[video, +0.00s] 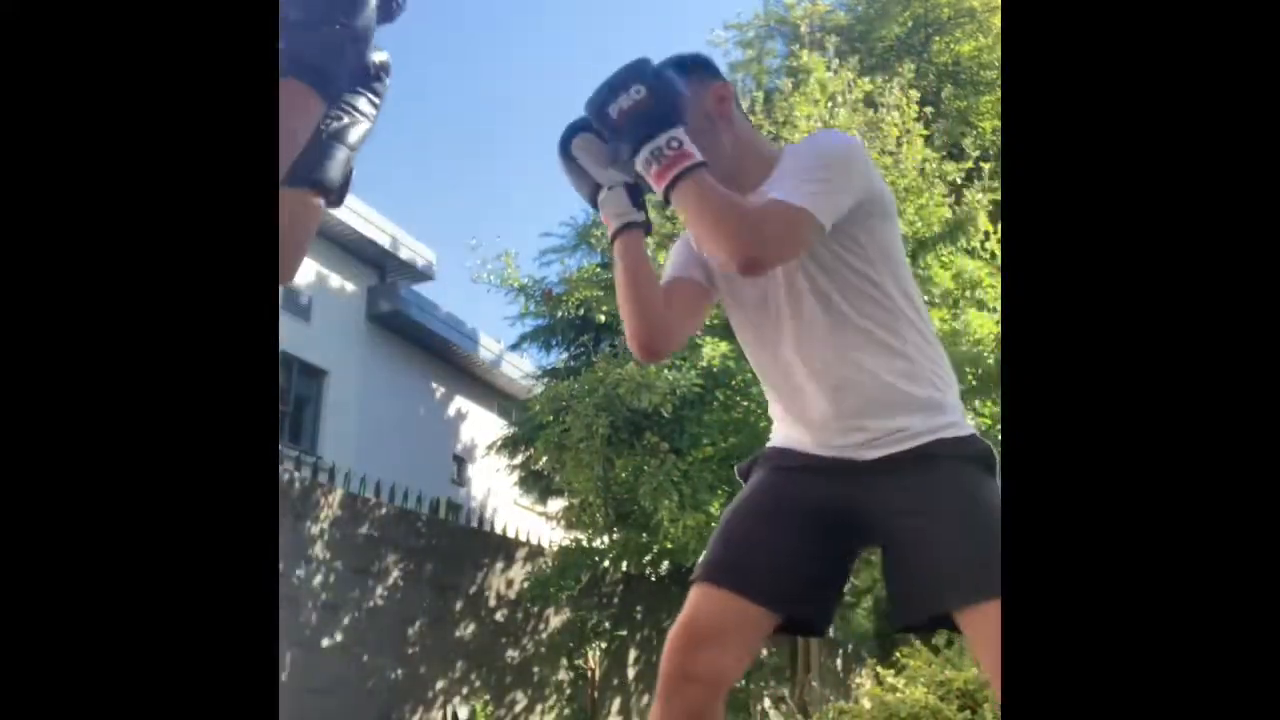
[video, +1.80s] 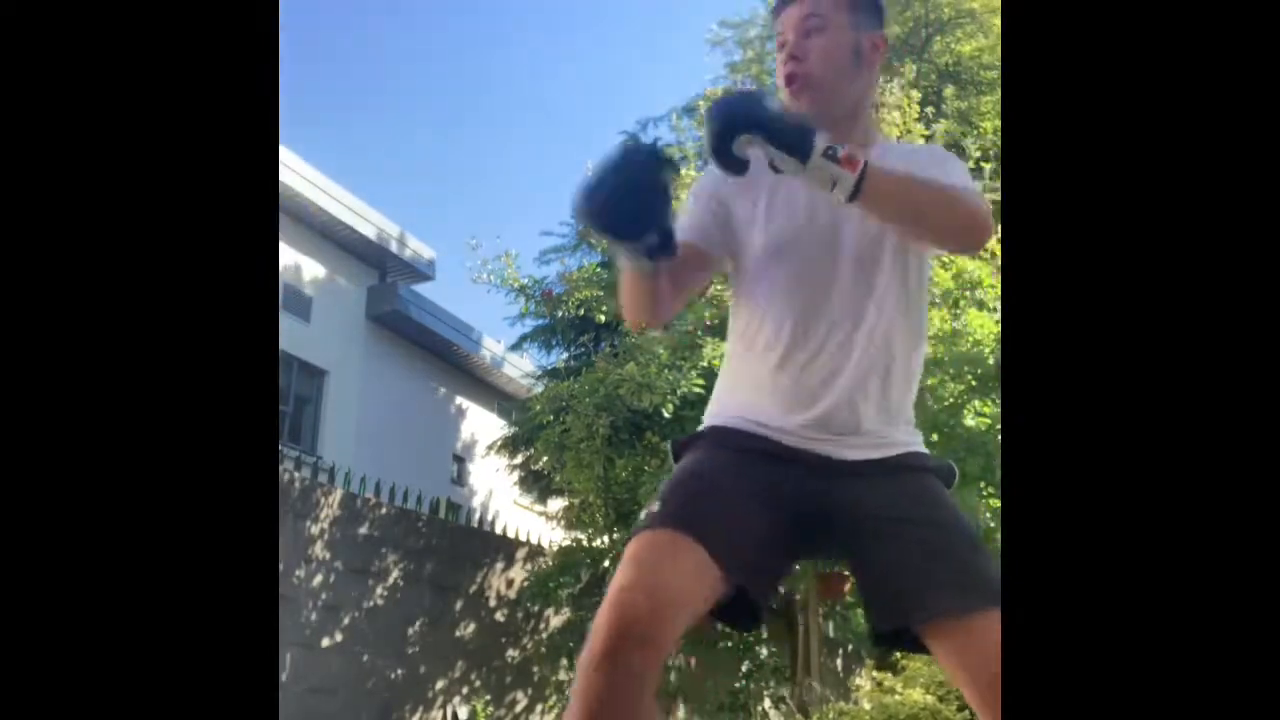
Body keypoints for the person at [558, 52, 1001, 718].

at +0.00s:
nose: (669, 141)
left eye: (677, 118)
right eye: (660, 133)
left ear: (723, 98)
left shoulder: (832, 155)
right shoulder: (703, 236)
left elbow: (748, 244)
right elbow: (650, 339)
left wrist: (657, 149)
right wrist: (618, 207)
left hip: (928, 452)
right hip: (801, 464)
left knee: (1001, 665)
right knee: (692, 663)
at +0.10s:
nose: (687, 110)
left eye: (697, 84)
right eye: (679, 101)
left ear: (758, 71)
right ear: (682, 125)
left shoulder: (870, 146)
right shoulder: (729, 228)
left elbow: (833, 270)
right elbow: (710, 378)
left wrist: (717, 188)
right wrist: (666, 279)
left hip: (925, 442)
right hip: (799, 451)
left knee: (1003, 666)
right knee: (690, 661)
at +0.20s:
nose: (755, 92)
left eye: (766, 65)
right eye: (748, 85)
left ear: (829, 49)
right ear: (755, 103)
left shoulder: (934, 148)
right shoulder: (773, 208)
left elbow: (912, 266)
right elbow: (772, 371)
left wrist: (780, 195)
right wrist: (725, 309)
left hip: (937, 442)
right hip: (806, 443)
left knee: (1002, 659)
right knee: (697, 657)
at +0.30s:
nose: (818, 74)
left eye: (832, 46)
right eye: (810, 66)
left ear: (895, 37)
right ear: (814, 85)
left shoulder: (981, 155)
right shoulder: (814, 186)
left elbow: (950, 262)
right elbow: (814, 355)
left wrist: (825, 190)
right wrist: (768, 309)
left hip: (955, 440)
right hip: (821, 436)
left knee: (1005, 636)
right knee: (705, 639)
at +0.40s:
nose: (873, 80)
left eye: (894, 54)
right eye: (867, 70)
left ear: (961, 55)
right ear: (866, 89)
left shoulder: (996, 181)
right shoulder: (845, 184)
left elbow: (959, 286)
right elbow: (813, 349)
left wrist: (858, 195)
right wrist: (794, 324)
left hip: (959, 454)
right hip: (826, 447)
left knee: (1006, 626)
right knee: (710, 654)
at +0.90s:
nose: (757, 65)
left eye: (779, 37)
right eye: (755, 49)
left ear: (846, 43)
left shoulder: (930, 159)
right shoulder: (745, 183)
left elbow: (903, 261)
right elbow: (726, 346)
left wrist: (771, 175)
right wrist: (692, 320)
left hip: (905, 450)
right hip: (769, 448)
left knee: (999, 668)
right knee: (657, 660)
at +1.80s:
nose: (787, 54)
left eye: (813, 32)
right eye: (780, 41)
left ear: (874, 51)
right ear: (771, 63)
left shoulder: (922, 165)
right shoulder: (737, 176)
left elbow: (972, 230)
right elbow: (646, 312)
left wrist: (814, 155)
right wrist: (639, 239)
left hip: (884, 455)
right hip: (747, 442)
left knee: (995, 677)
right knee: (624, 632)